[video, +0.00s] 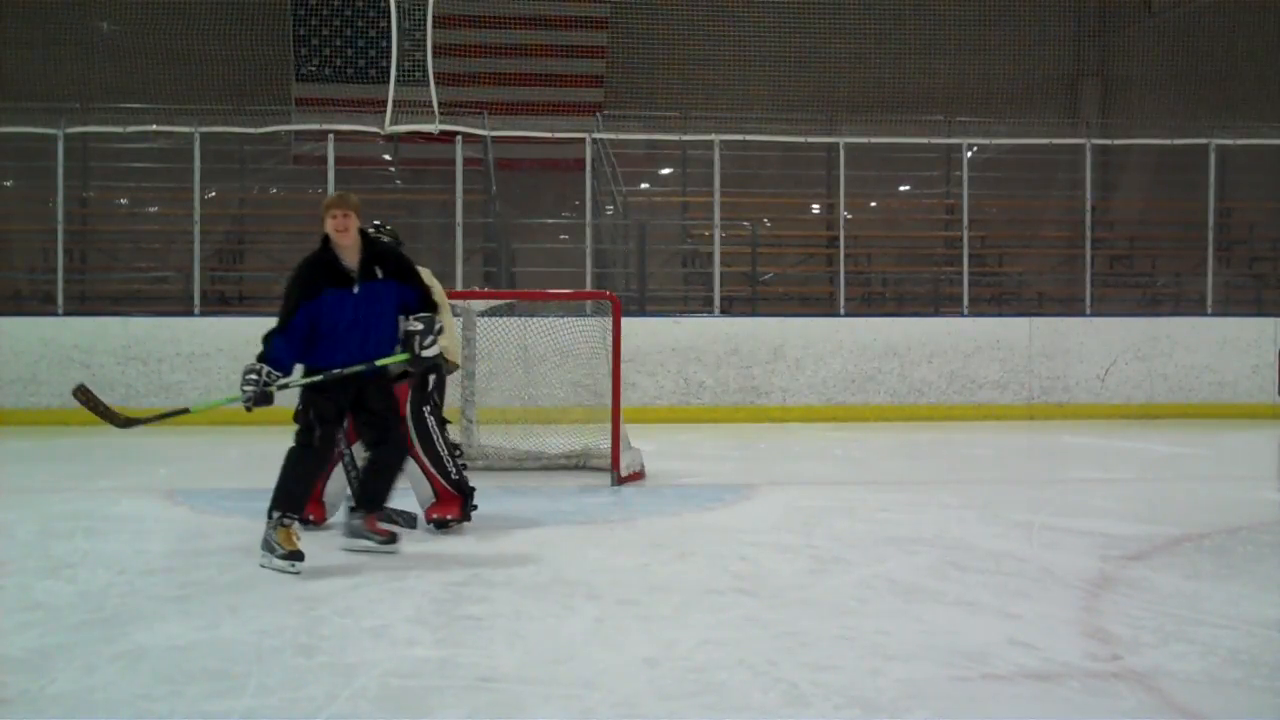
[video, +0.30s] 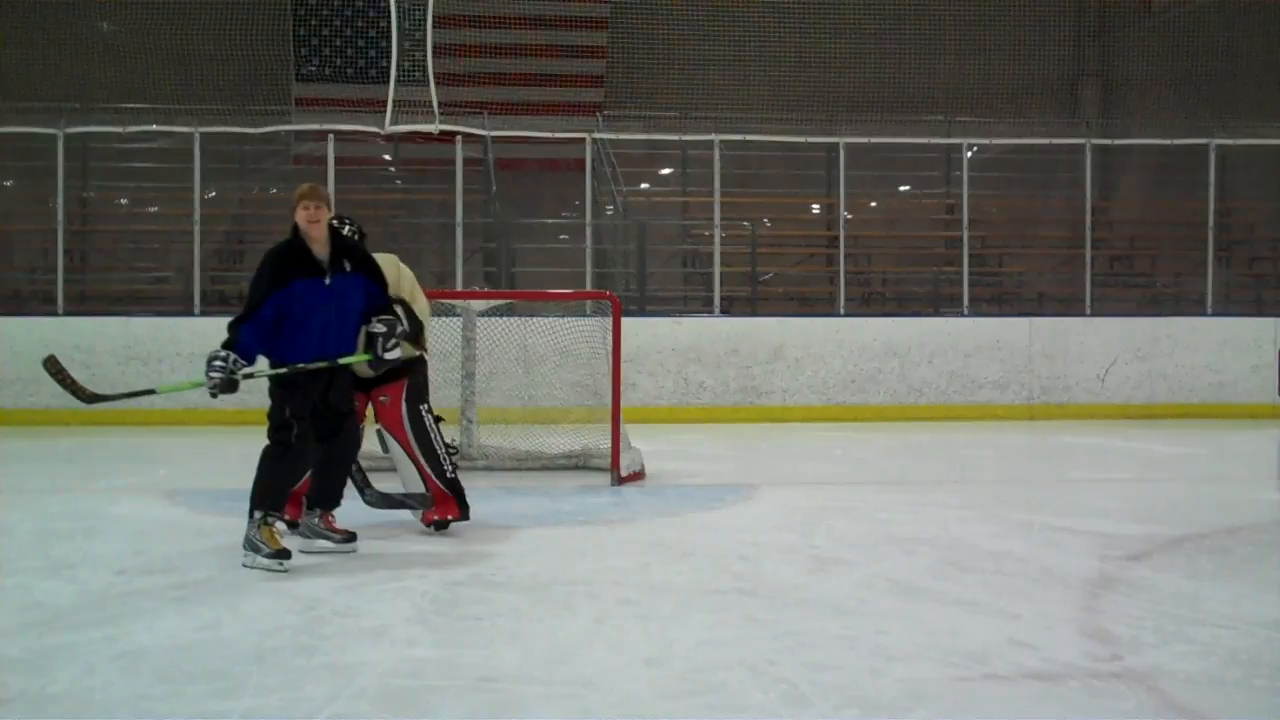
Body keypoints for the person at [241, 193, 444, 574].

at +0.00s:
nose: (341, 223)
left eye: (347, 216)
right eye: (334, 217)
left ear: (358, 221)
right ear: (325, 225)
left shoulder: (388, 261)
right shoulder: (312, 271)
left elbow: (423, 305)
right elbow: (290, 330)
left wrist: (422, 334)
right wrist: (266, 371)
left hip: (374, 374)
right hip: (326, 378)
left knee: (392, 440)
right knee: (315, 444)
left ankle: (363, 517)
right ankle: (282, 525)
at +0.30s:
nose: (313, 214)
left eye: (319, 207)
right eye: (305, 208)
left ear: (330, 213)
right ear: (294, 215)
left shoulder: (354, 256)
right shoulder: (281, 260)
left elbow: (382, 305)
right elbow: (255, 316)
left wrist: (386, 328)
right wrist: (231, 357)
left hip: (337, 369)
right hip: (291, 372)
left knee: (343, 440)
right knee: (290, 444)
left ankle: (316, 517)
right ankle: (261, 526)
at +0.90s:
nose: (270, 210)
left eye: (276, 205)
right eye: (263, 204)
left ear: (287, 211)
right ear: (253, 211)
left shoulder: (309, 252)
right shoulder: (237, 257)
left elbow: (337, 295)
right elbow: (212, 311)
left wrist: (344, 323)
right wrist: (191, 348)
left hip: (304, 366)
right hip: (255, 369)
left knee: (312, 442)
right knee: (255, 443)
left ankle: (311, 510)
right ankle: (229, 523)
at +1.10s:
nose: (270, 211)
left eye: (277, 206)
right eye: (264, 206)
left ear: (286, 212)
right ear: (252, 211)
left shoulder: (306, 251)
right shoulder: (234, 255)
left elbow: (335, 295)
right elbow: (212, 311)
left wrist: (333, 327)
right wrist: (194, 351)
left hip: (298, 365)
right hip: (248, 367)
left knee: (305, 440)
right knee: (244, 441)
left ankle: (312, 508)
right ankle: (221, 520)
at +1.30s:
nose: (286, 220)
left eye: (289, 214)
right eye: (279, 214)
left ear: (293, 218)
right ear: (258, 215)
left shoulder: (304, 254)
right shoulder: (231, 256)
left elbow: (328, 298)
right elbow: (209, 310)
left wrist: (322, 330)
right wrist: (203, 355)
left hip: (293, 365)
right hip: (243, 367)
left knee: (301, 439)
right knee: (236, 441)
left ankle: (311, 509)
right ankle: (215, 514)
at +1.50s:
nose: (286, 227)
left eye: (290, 220)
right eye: (280, 219)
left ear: (291, 222)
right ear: (258, 217)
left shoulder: (298, 257)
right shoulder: (226, 256)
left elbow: (320, 300)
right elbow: (199, 311)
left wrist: (315, 330)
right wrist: (195, 354)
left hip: (284, 365)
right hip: (235, 367)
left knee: (295, 436)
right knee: (228, 439)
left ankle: (306, 507)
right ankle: (205, 513)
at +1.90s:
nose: (250, 218)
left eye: (258, 213)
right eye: (245, 211)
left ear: (269, 219)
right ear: (236, 215)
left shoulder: (285, 258)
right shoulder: (212, 257)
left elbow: (306, 304)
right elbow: (186, 311)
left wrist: (301, 335)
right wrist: (179, 354)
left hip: (269, 365)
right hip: (219, 365)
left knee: (284, 435)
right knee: (210, 437)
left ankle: (294, 502)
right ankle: (190, 507)